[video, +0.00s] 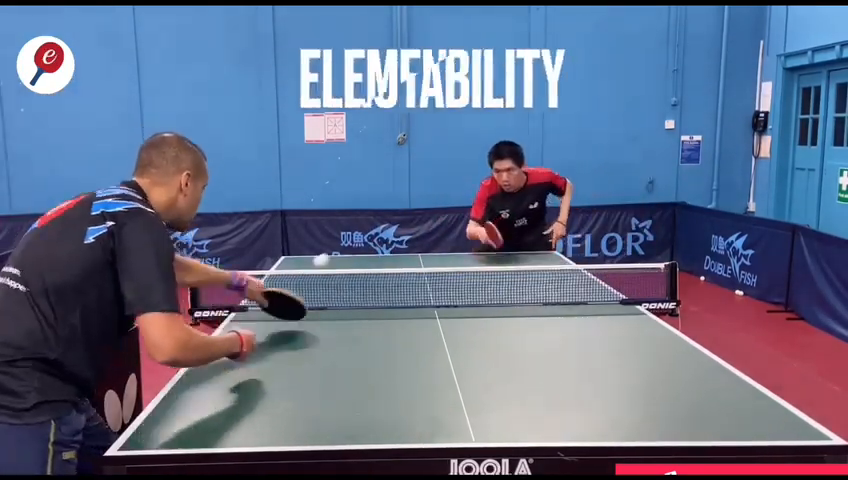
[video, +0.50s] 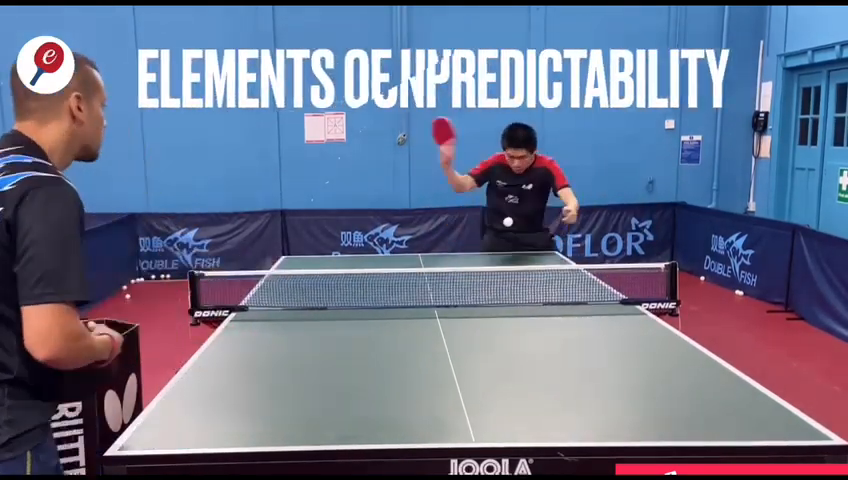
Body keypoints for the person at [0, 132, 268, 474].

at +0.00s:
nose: (198, 207)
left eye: (201, 194)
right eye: (201, 192)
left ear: (142, 174)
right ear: (185, 184)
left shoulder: (96, 204)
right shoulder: (141, 225)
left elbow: (166, 266)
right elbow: (167, 345)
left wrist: (238, 281)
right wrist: (234, 343)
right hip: (30, 396)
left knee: (125, 463)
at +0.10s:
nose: (192, 189)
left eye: (196, 178)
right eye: (194, 176)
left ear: (135, 161)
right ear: (176, 168)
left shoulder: (95, 194)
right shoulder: (126, 211)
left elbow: (166, 256)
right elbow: (147, 334)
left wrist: (248, 265)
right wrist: (213, 336)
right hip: (28, 394)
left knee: (127, 467)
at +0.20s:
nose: (177, 163)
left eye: (178, 152)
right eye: (176, 151)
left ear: (114, 140)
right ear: (156, 147)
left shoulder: (74, 180)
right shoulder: (111, 202)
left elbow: (132, 259)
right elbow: (126, 330)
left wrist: (217, 260)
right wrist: (191, 334)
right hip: (28, 406)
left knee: (120, 471)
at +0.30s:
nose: (152, 146)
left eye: (153, 134)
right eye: (151, 133)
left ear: (82, 128)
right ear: (129, 131)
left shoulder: (41, 177)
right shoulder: (90, 197)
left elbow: (76, 273)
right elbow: (100, 332)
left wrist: (165, 276)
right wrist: (160, 338)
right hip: (28, 415)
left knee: (120, 469)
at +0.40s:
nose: (126, 134)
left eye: (126, 121)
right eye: (124, 120)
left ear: (51, 120)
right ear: (100, 119)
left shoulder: (12, 173)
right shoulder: (64, 196)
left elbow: (21, 310)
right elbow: (73, 339)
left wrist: (101, 315)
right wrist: (130, 341)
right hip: (26, 434)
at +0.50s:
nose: (104, 121)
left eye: (104, 108)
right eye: (102, 107)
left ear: (25, 105)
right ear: (76, 106)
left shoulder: (6, 168)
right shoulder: (46, 191)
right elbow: (50, 342)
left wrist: (75, 330)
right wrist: (102, 346)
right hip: (14, 437)